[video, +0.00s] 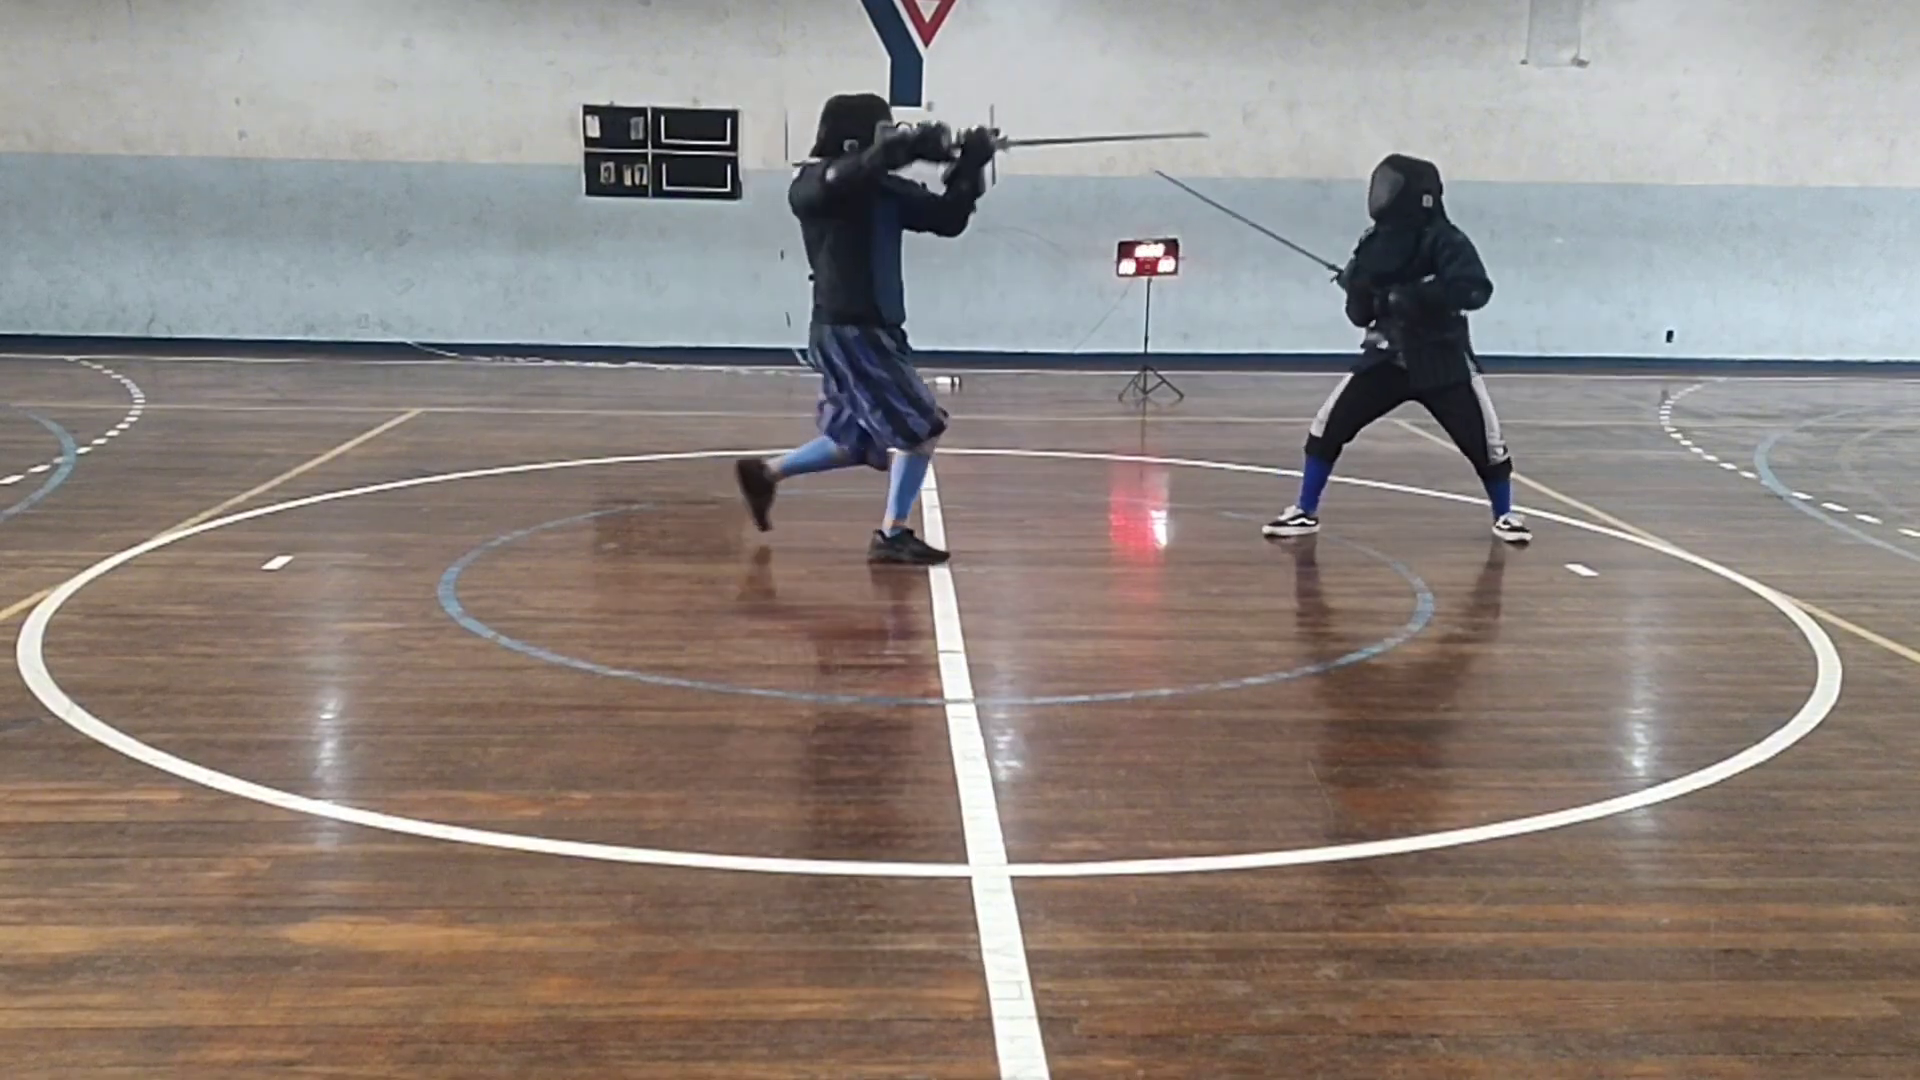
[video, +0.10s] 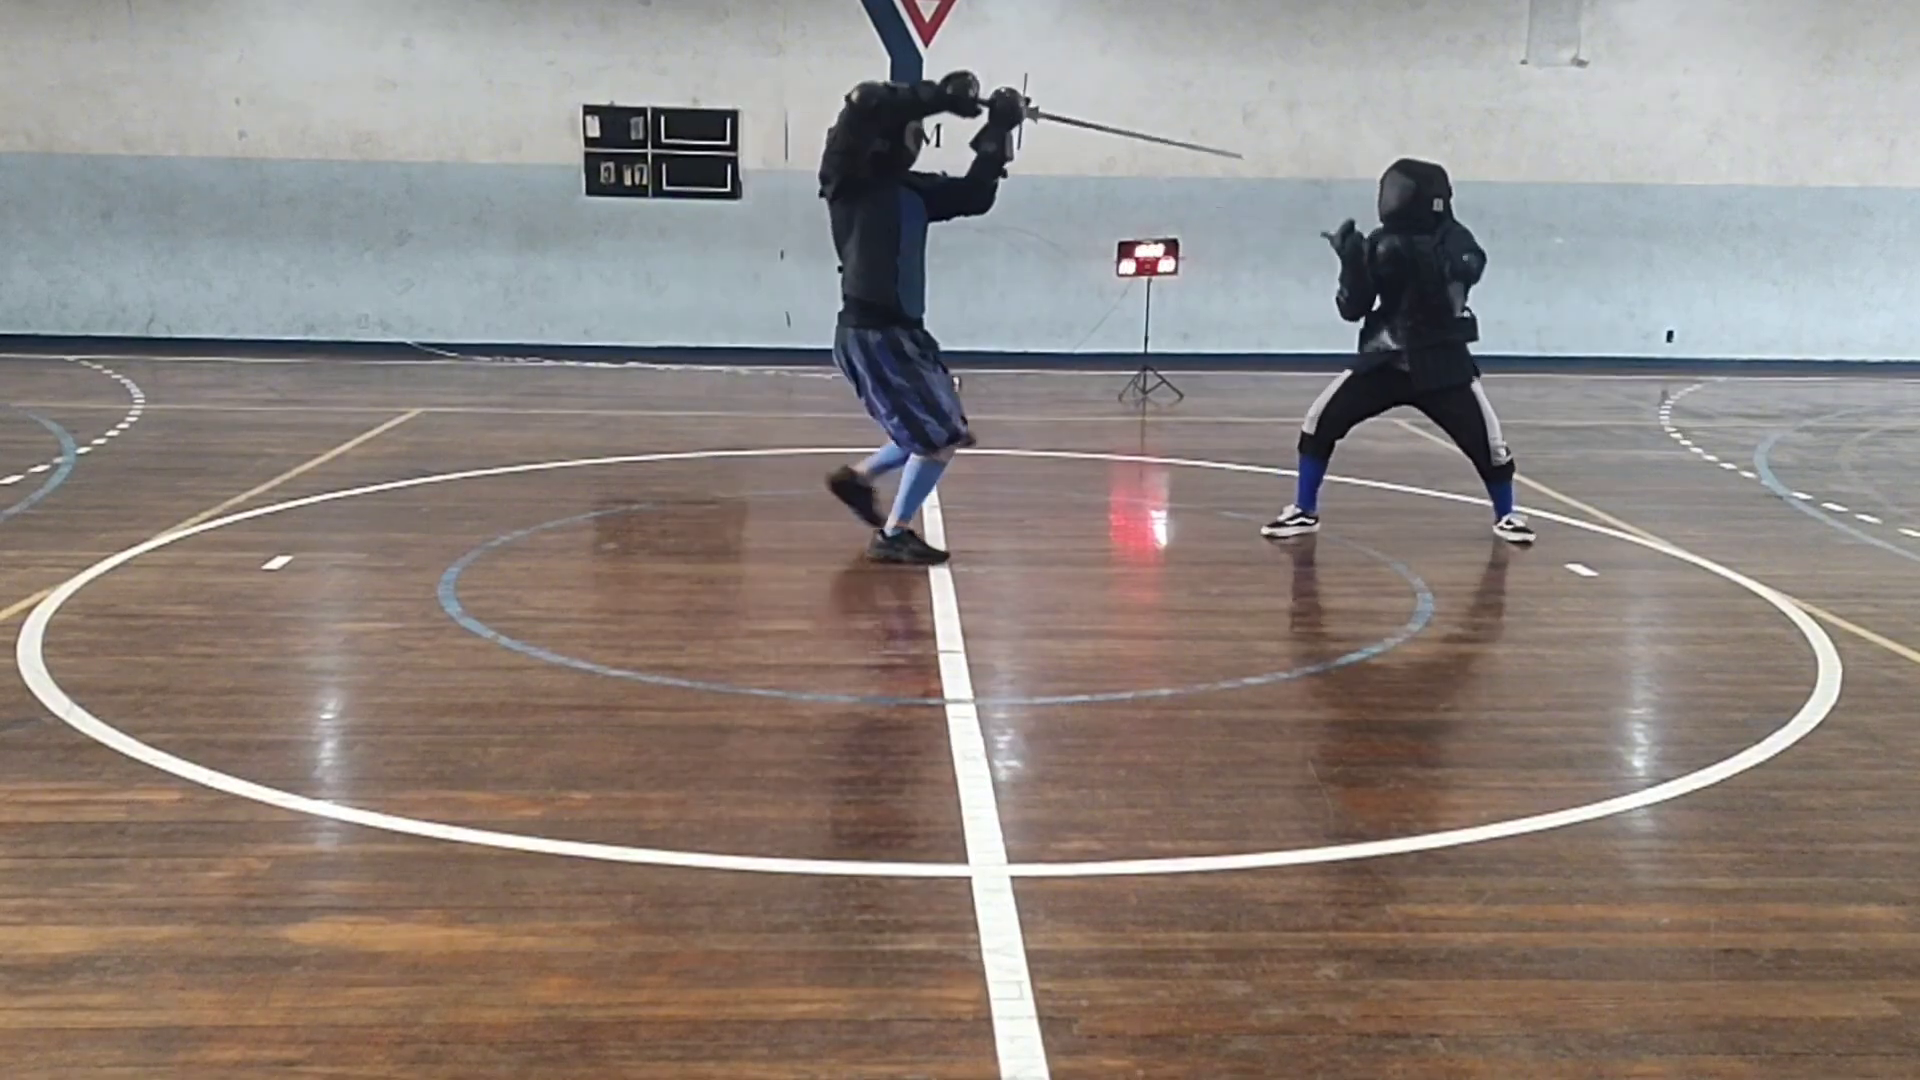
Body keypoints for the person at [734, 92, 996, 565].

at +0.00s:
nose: (887, 145)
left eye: (887, 138)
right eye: (880, 137)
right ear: (856, 139)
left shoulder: (883, 186)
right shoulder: (809, 185)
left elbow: (949, 219)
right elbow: (839, 179)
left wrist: (968, 166)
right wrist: (897, 148)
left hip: (875, 329)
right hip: (845, 331)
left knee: (862, 443)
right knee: (919, 426)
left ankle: (769, 473)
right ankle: (894, 533)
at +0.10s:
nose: (921, 142)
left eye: (922, 133)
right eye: (914, 132)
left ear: (910, 141)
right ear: (888, 132)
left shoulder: (914, 191)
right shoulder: (851, 180)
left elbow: (976, 196)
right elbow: (867, 104)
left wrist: (995, 134)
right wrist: (941, 96)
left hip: (904, 332)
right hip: (871, 334)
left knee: (938, 428)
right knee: (937, 438)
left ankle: (859, 477)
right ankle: (895, 535)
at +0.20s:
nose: (946, 140)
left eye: (945, 130)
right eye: (940, 130)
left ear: (924, 137)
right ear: (916, 134)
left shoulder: (945, 185)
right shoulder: (881, 176)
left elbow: (998, 193)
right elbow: (888, 94)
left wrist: (999, 129)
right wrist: (956, 60)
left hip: (939, 331)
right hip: (898, 332)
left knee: (994, 410)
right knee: (954, 437)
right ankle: (898, 531)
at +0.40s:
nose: (982, 151)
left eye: (986, 143)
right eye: (975, 142)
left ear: (990, 147)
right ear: (951, 143)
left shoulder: (989, 194)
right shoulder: (930, 189)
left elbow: (1044, 205)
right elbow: (945, 123)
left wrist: (1047, 139)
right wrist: (1006, 88)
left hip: (994, 336)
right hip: (949, 337)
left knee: (1047, 423)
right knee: (989, 451)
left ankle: (1036, 516)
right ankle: (903, 523)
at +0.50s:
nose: (1006, 157)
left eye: (1008, 149)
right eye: (1000, 148)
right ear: (977, 149)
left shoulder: (1009, 196)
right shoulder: (946, 185)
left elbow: (1052, 237)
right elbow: (916, 205)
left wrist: (1041, 186)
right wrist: (985, 168)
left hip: (1010, 334)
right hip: (967, 335)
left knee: (1065, 422)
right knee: (996, 450)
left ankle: (1039, 514)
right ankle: (909, 524)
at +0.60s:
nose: (1025, 154)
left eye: (1026, 144)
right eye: (1018, 143)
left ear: (997, 147)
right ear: (991, 146)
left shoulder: (1027, 208)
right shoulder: (956, 203)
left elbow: (1052, 279)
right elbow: (932, 284)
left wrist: (1038, 288)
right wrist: (984, 308)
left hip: (1024, 341)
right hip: (978, 343)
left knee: (1084, 416)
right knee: (997, 454)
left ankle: (1060, 503)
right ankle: (909, 526)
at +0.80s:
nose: (1028, 177)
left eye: (1028, 169)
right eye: (1021, 168)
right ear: (994, 172)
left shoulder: (1028, 229)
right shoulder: (966, 224)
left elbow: (1063, 296)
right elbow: (977, 291)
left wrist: (1090, 277)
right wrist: (1048, 304)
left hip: (1045, 356)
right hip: (1001, 359)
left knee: (1106, 424)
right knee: (1007, 471)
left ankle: (1086, 515)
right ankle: (916, 531)